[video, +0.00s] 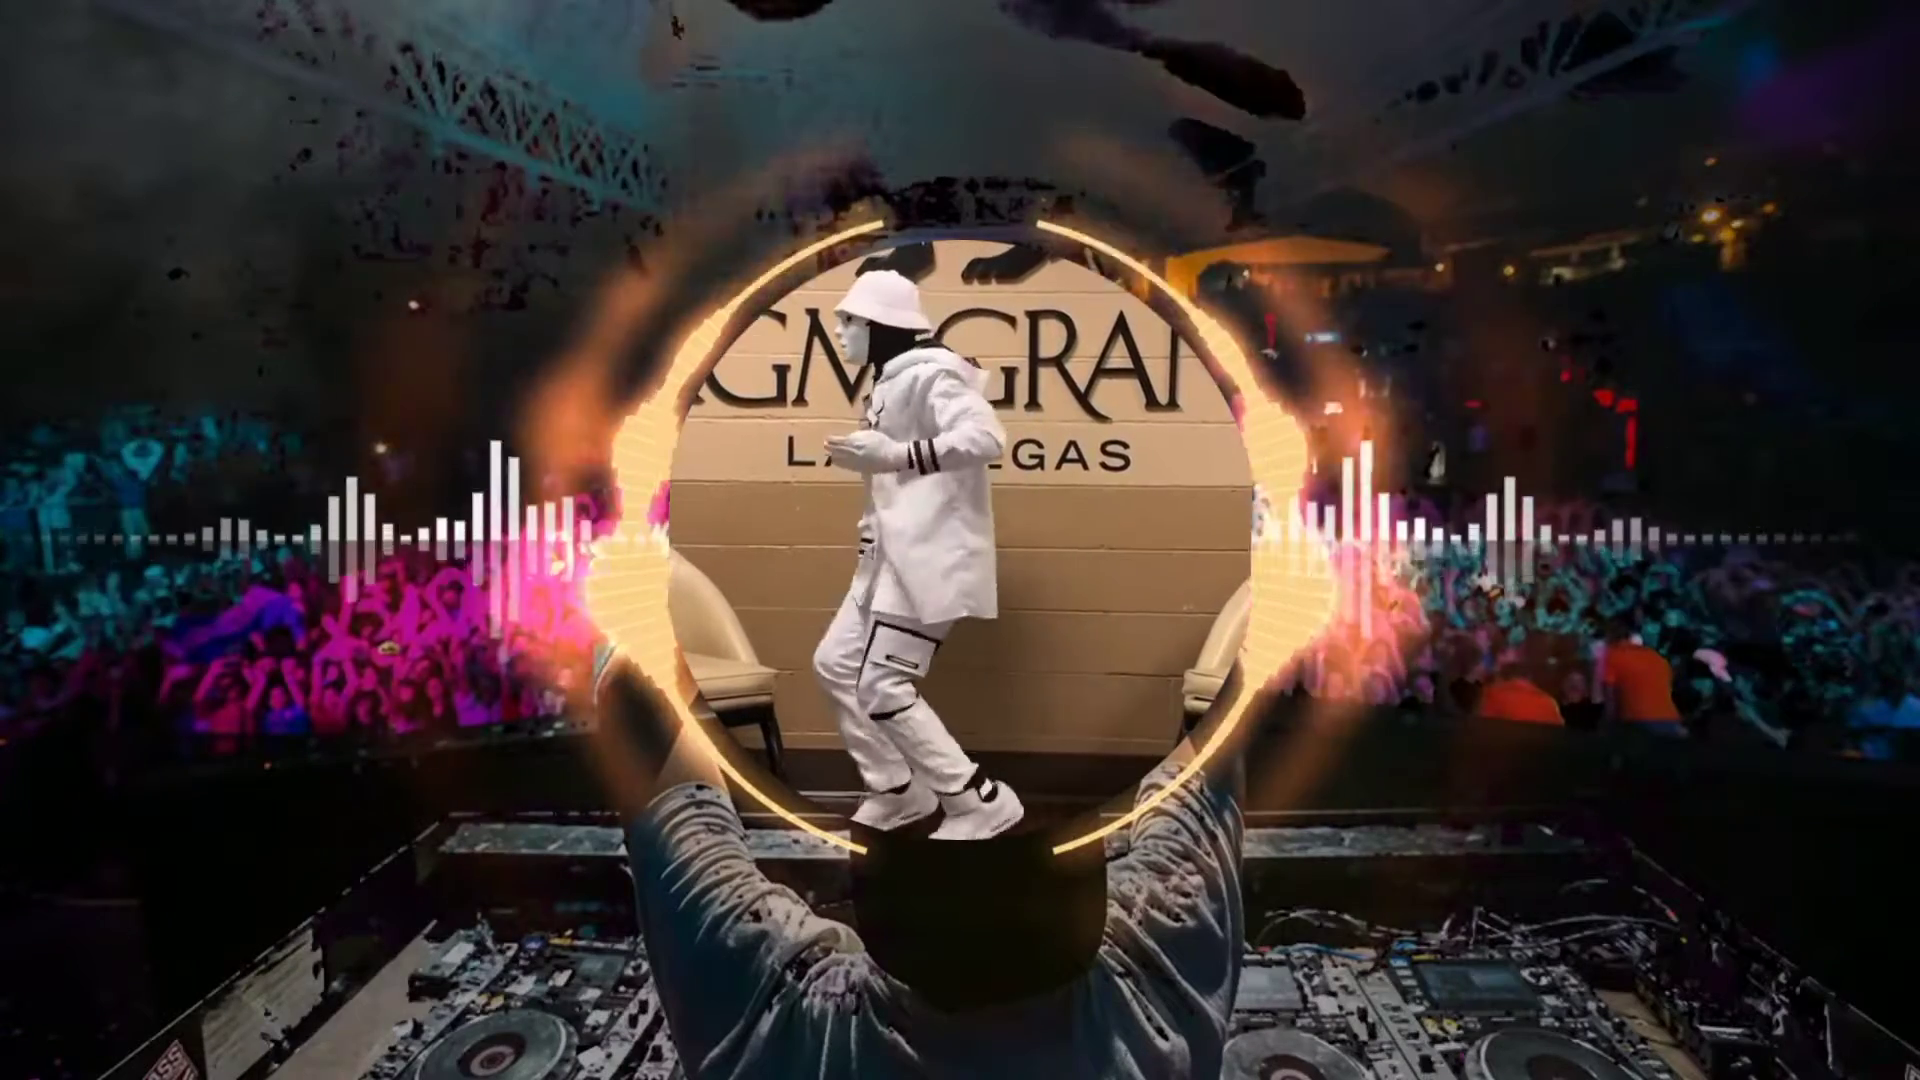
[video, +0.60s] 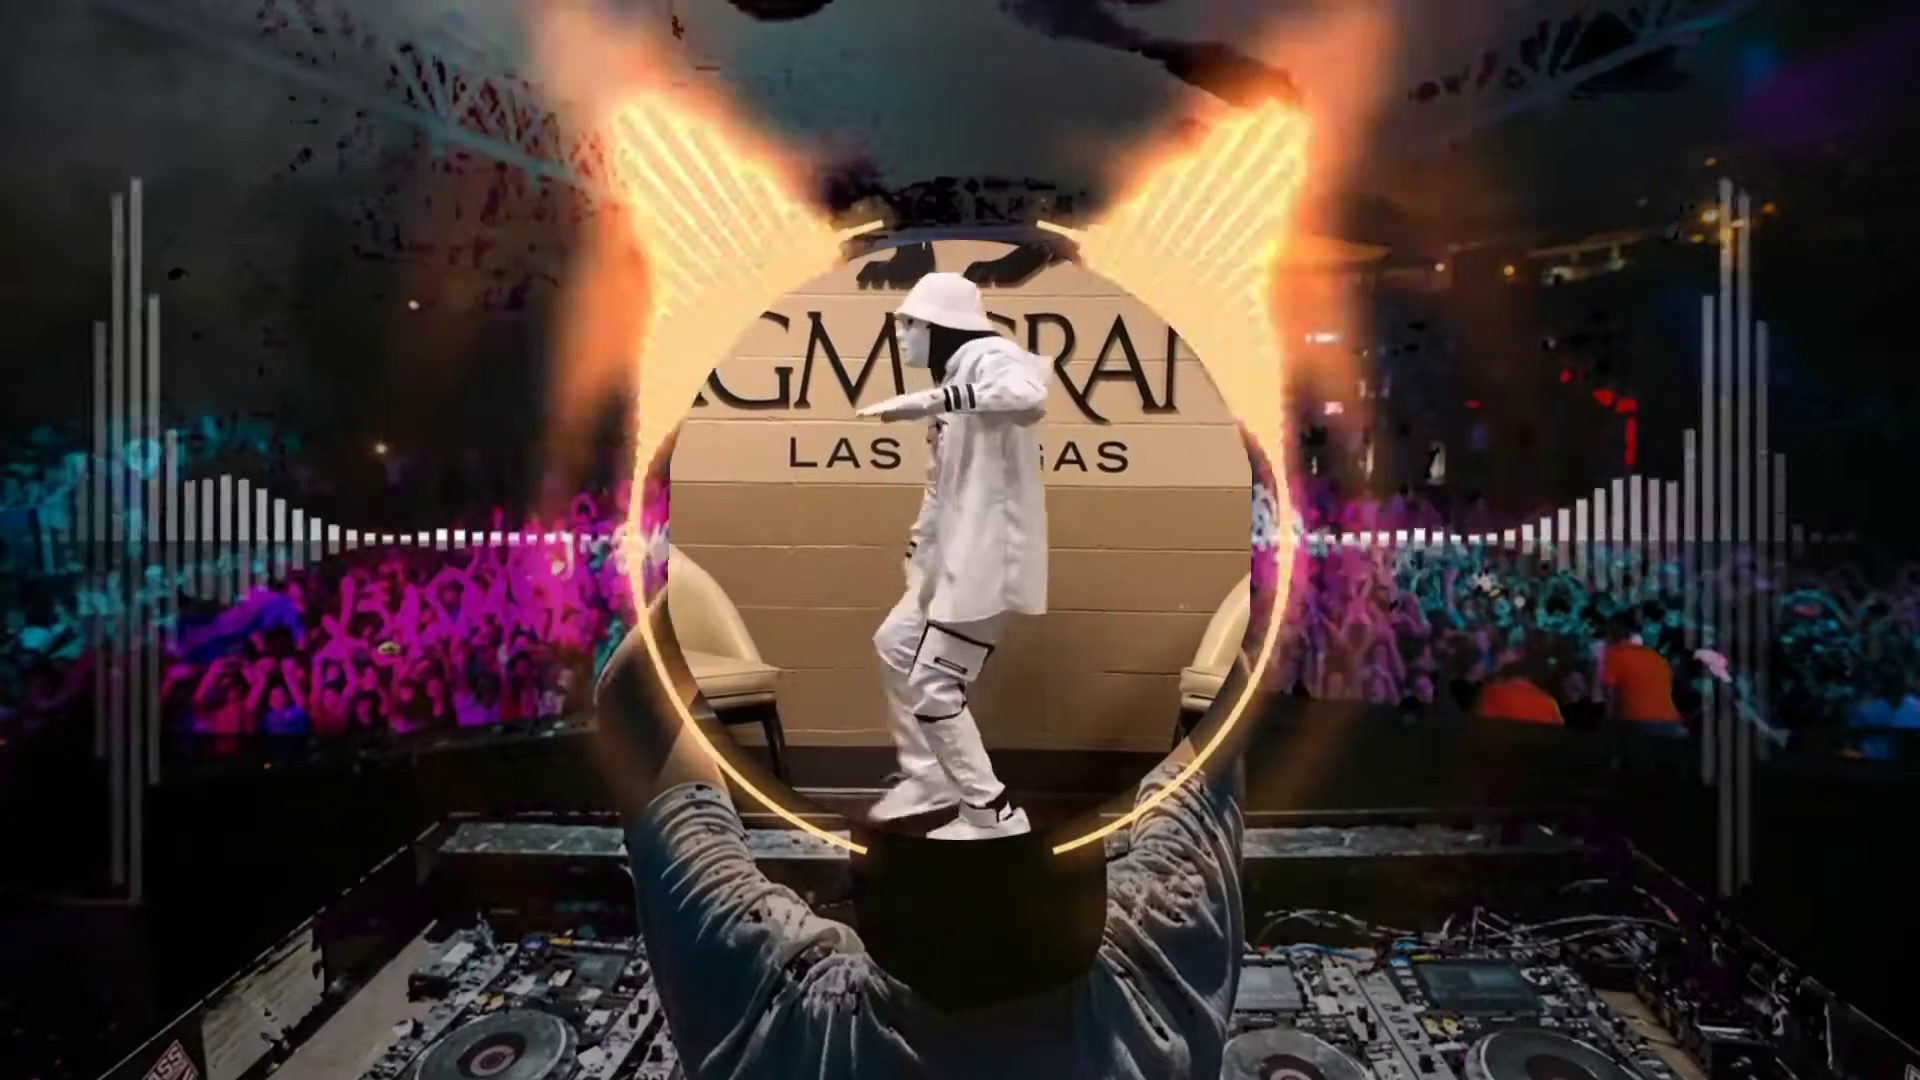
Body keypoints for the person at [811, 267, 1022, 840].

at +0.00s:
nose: (841, 332)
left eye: (850, 321)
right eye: (843, 320)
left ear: (881, 325)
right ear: (885, 326)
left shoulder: (932, 371)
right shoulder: (890, 382)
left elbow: (984, 437)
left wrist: (897, 455)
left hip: (931, 565)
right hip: (888, 562)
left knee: (884, 687)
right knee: (838, 665)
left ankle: (978, 800)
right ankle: (898, 791)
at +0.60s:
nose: (905, 337)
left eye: (913, 326)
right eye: (906, 326)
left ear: (940, 327)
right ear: (946, 326)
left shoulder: (988, 355)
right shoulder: (957, 375)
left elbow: (1027, 394)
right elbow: (950, 485)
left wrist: (941, 400)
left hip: (987, 563)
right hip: (956, 561)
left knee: (931, 688)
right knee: (895, 645)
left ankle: (990, 811)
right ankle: (929, 781)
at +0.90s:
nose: (943, 339)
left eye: (952, 328)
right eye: (946, 327)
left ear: (982, 329)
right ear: (992, 329)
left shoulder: (1023, 360)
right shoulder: (1013, 374)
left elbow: (1053, 410)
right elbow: (1029, 477)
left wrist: (974, 417)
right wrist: (975, 502)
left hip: (1025, 573)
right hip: (1052, 571)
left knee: (964, 687)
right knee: (1021, 698)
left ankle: (988, 813)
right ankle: (1097, 809)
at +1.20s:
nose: (958, 338)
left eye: (967, 328)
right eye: (960, 327)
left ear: (1000, 331)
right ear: (1008, 331)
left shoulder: (1050, 386)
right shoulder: (1025, 387)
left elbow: (1112, 459)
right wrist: (1011, 508)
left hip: (1039, 580)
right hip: (1047, 580)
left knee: (963, 692)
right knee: (1017, 699)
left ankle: (988, 814)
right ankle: (1092, 803)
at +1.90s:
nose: (1088, 386)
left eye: (1101, 375)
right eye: (1076, 375)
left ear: (1119, 383)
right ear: (1060, 384)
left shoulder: (1149, 433)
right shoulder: (1030, 443)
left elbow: (1141, 467)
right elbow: (1020, 510)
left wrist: (1062, 474)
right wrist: (1044, 495)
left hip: (1139, 615)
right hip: (1060, 629)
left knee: (1168, 719)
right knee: (1062, 779)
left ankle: (1182, 847)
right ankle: (1089, 875)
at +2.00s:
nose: (1090, 426)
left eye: (1102, 413)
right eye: (1077, 414)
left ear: (1121, 420)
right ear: (1061, 423)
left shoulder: (1151, 467)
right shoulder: (1031, 477)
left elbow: (1155, 502)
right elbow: (1028, 539)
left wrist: (1067, 512)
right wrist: (1059, 558)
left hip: (1139, 644)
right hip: (1065, 665)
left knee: (1158, 681)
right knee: (1075, 818)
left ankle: (1164, 811)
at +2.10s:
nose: (1095, 482)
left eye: (1109, 469)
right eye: (1082, 470)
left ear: (1127, 477)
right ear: (1065, 477)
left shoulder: (1159, 522)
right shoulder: (1033, 532)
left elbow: (1156, 550)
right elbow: (1032, 587)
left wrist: (1066, 557)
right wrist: (1053, 622)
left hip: (1144, 706)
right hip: (1068, 724)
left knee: (1152, 702)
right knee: (1066, 864)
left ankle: (1154, 834)